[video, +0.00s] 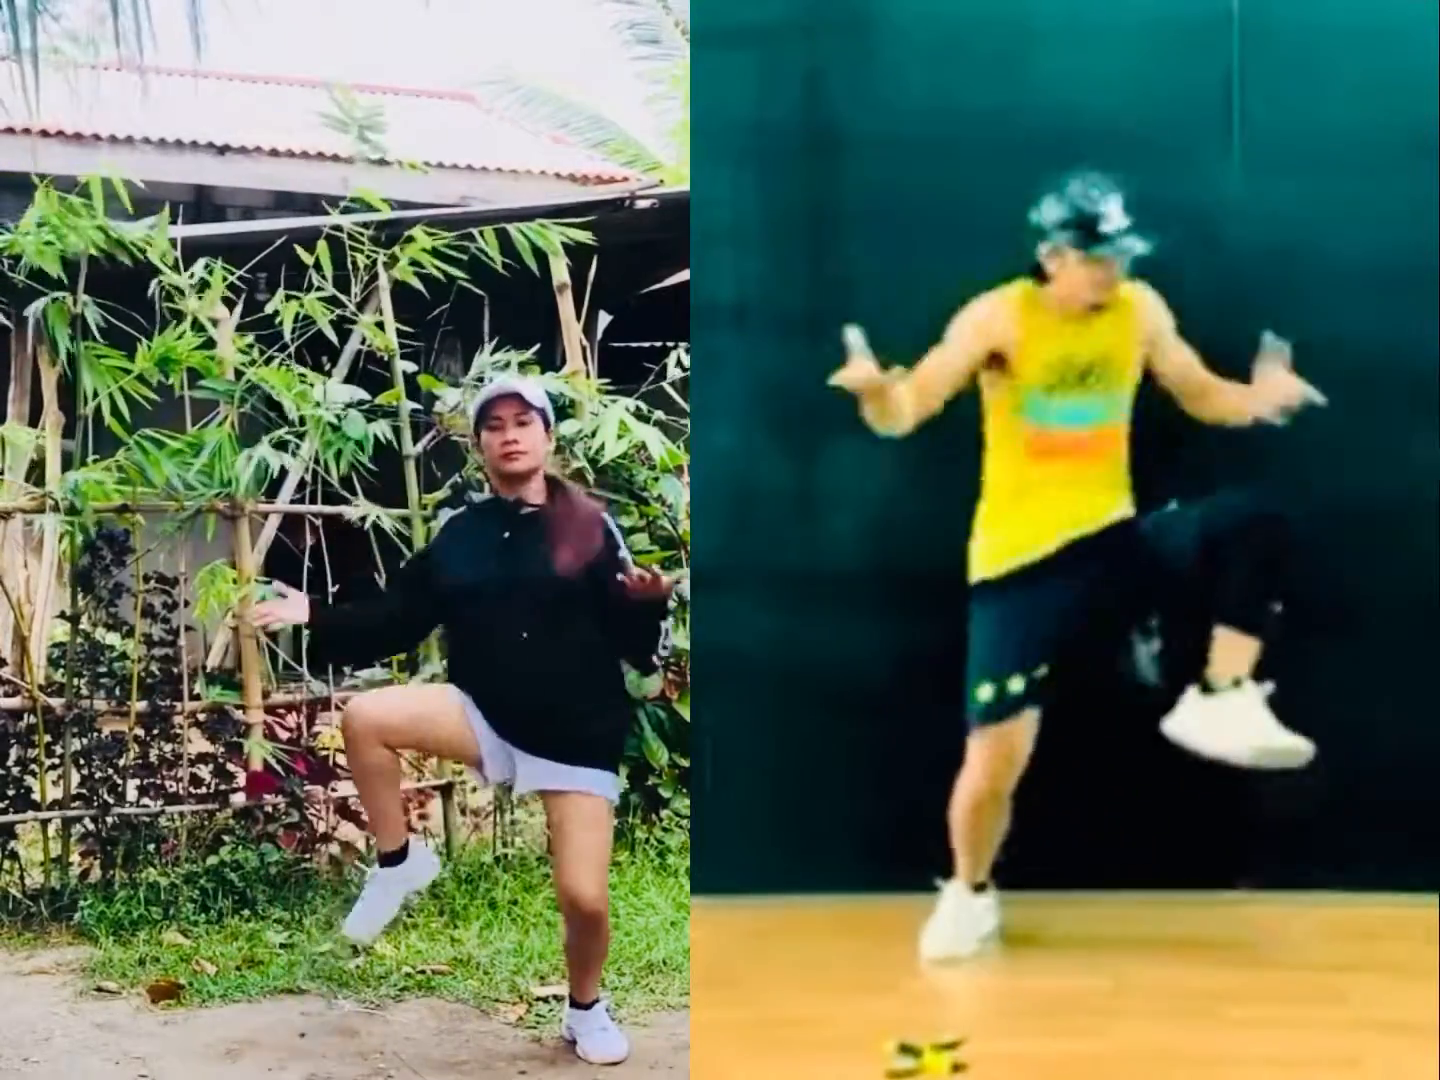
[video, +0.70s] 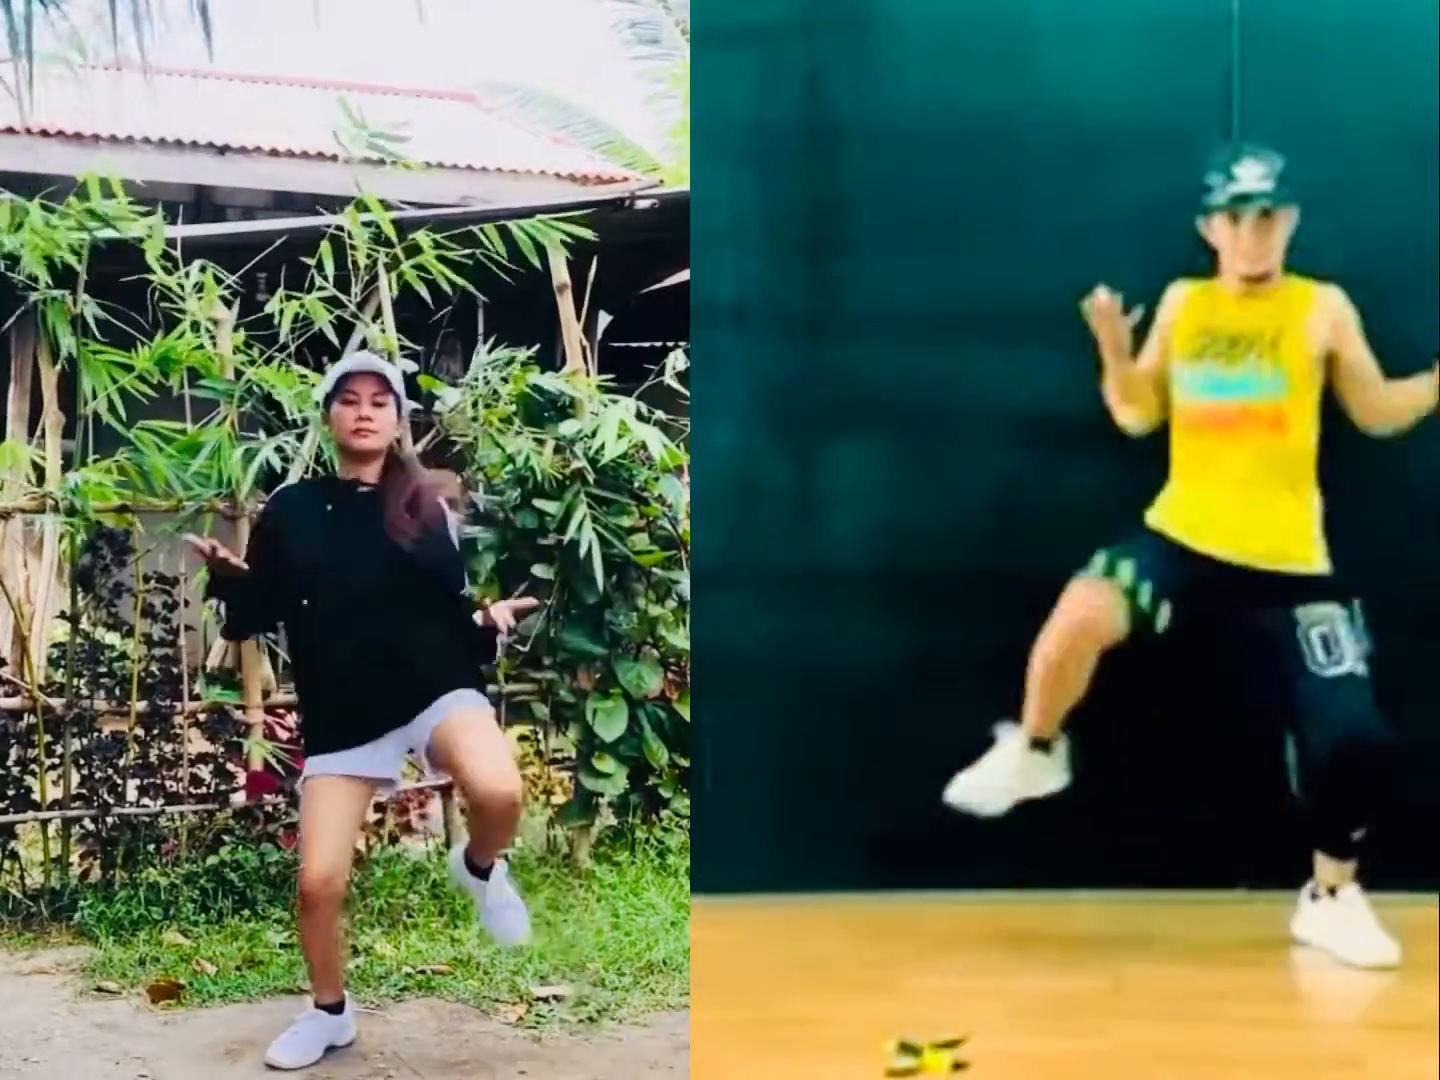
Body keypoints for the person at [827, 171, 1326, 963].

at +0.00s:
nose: (1111, 274)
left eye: (1116, 258)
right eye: (1094, 260)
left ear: (1125, 255)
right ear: (1050, 259)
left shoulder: (1138, 310)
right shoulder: (997, 319)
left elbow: (1200, 393)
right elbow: (908, 408)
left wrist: (1259, 398)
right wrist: (877, 391)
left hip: (1112, 540)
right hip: (1016, 564)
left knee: (1253, 524)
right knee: (998, 754)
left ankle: (1222, 697)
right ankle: (968, 894)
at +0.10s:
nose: (1110, 228)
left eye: (1125, 213)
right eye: (1096, 208)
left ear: (1140, 219)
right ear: (1061, 208)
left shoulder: (1144, 285)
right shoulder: (1005, 280)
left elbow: (1137, 380)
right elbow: (965, 372)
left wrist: (1196, 353)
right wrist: (931, 357)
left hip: (1139, 522)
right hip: (1039, 548)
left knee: (1289, 554)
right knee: (1013, 738)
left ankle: (1285, 740)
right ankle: (968, 890)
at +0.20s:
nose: (1115, 228)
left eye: (1131, 213)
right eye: (1101, 210)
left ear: (1150, 219)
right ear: (1070, 210)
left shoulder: (1165, 298)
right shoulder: (1019, 278)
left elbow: (1191, 406)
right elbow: (931, 364)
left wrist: (1282, 373)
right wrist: (947, 328)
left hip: (1170, 535)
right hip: (1061, 553)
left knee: (1296, 643)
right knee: (1018, 730)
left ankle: (1342, 824)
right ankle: (998, 877)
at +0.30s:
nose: (1128, 280)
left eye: (1144, 264)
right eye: (1114, 261)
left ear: (1165, 272)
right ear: (1084, 263)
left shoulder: (1191, 362)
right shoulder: (1035, 333)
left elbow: (1290, 446)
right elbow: (928, 382)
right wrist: (959, 355)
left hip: (1193, 592)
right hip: (1080, 603)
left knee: (1296, 719)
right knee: (1014, 771)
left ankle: (1326, 896)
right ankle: (1017, 891)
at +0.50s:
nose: (1208, 296)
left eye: (1224, 277)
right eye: (1192, 277)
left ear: (1248, 277)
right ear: (1167, 280)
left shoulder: (1279, 342)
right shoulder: (1130, 358)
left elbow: (1334, 448)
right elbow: (1044, 461)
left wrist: (1362, 427)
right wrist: (960, 467)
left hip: (1247, 606)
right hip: (1145, 606)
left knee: (1353, 736)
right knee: (1091, 776)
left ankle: (1331, 900)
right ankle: (967, 870)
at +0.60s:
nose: (1239, 246)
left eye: (1252, 229)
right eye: (1222, 231)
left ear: (1273, 235)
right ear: (1192, 240)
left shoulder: (1306, 306)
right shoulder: (1163, 321)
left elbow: (1332, 413)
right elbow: (1144, 425)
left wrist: (1363, 377)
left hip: (1278, 579)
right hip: (1171, 571)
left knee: (1363, 729)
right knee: (1076, 727)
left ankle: (1332, 897)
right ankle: (956, 821)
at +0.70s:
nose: (1257, 235)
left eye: (1270, 218)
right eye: (1240, 219)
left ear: (1291, 223)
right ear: (1211, 228)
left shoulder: (1323, 308)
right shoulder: (1183, 303)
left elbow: (1378, 409)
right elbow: (1139, 414)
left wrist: (1434, 382)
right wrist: (1114, 353)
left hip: (1290, 553)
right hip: (1183, 535)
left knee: (1351, 735)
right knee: (1079, 616)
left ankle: (1331, 896)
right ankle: (1033, 751)